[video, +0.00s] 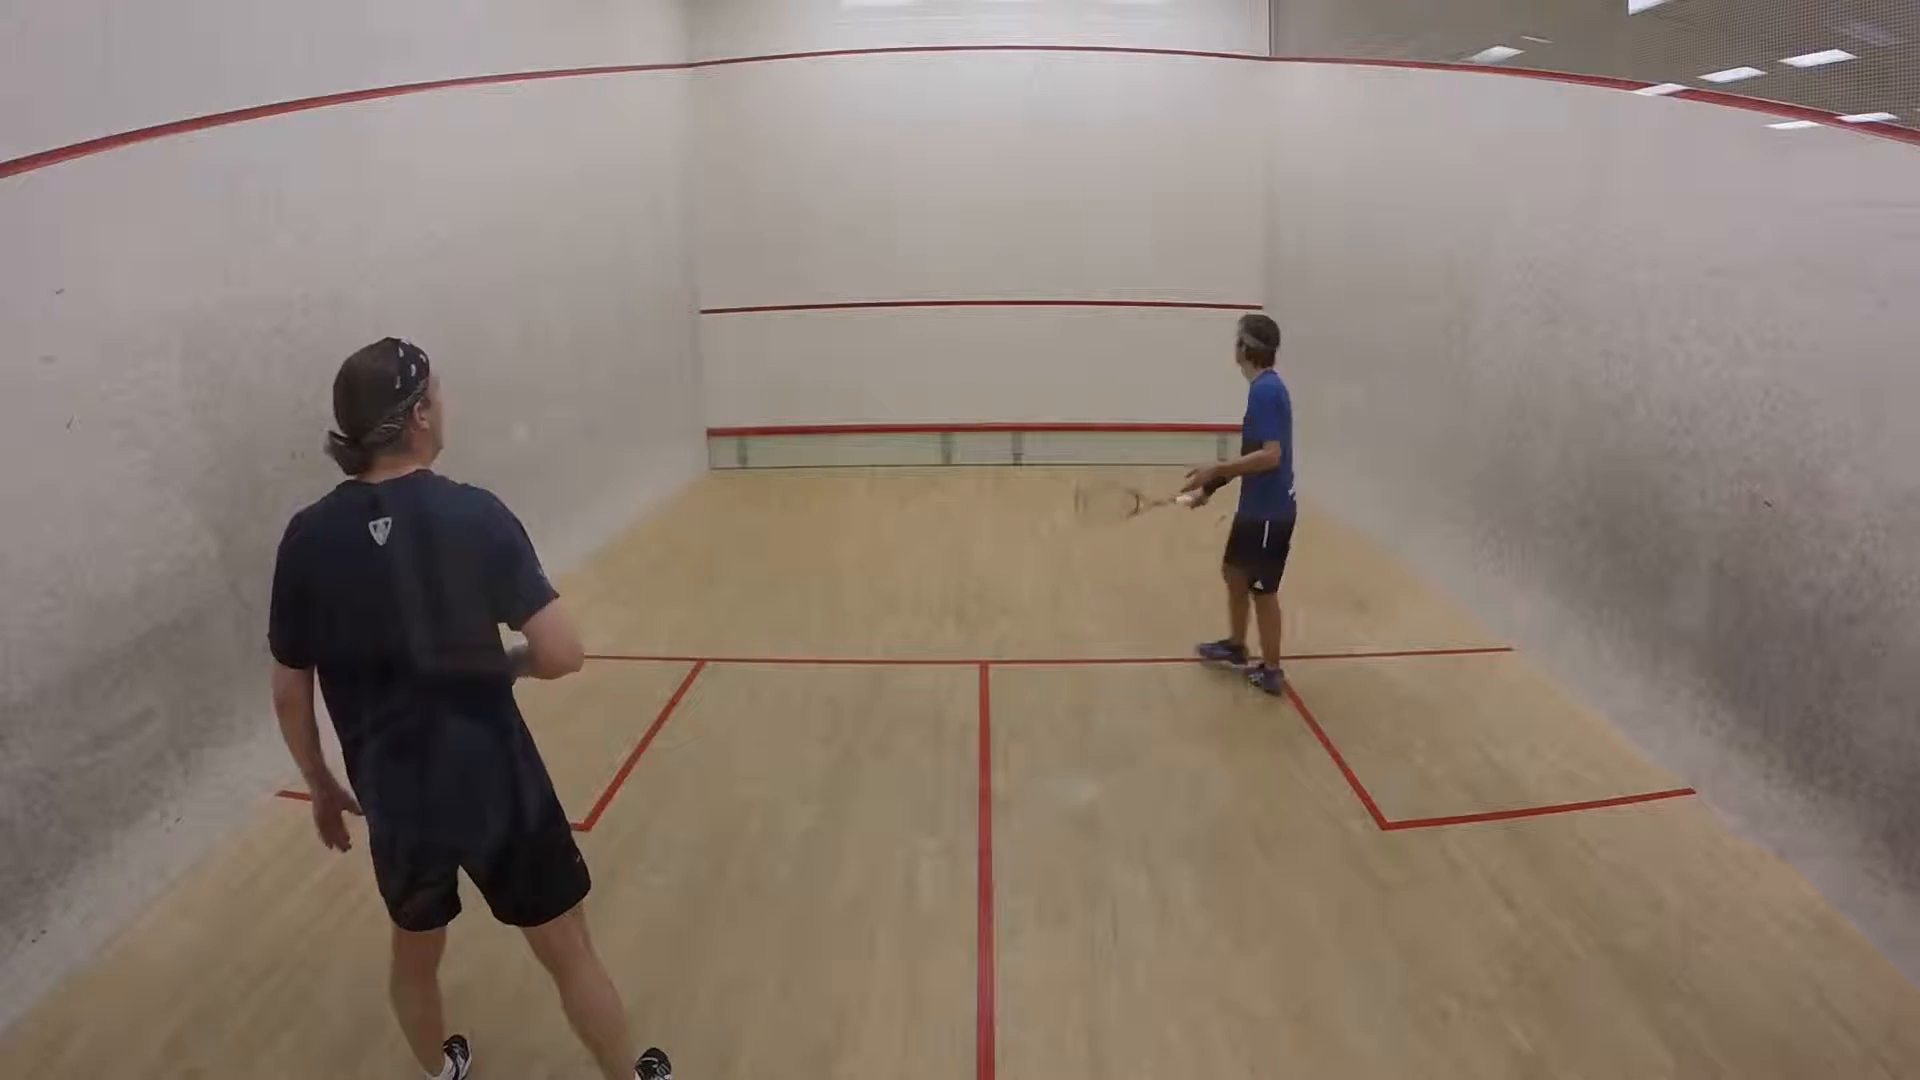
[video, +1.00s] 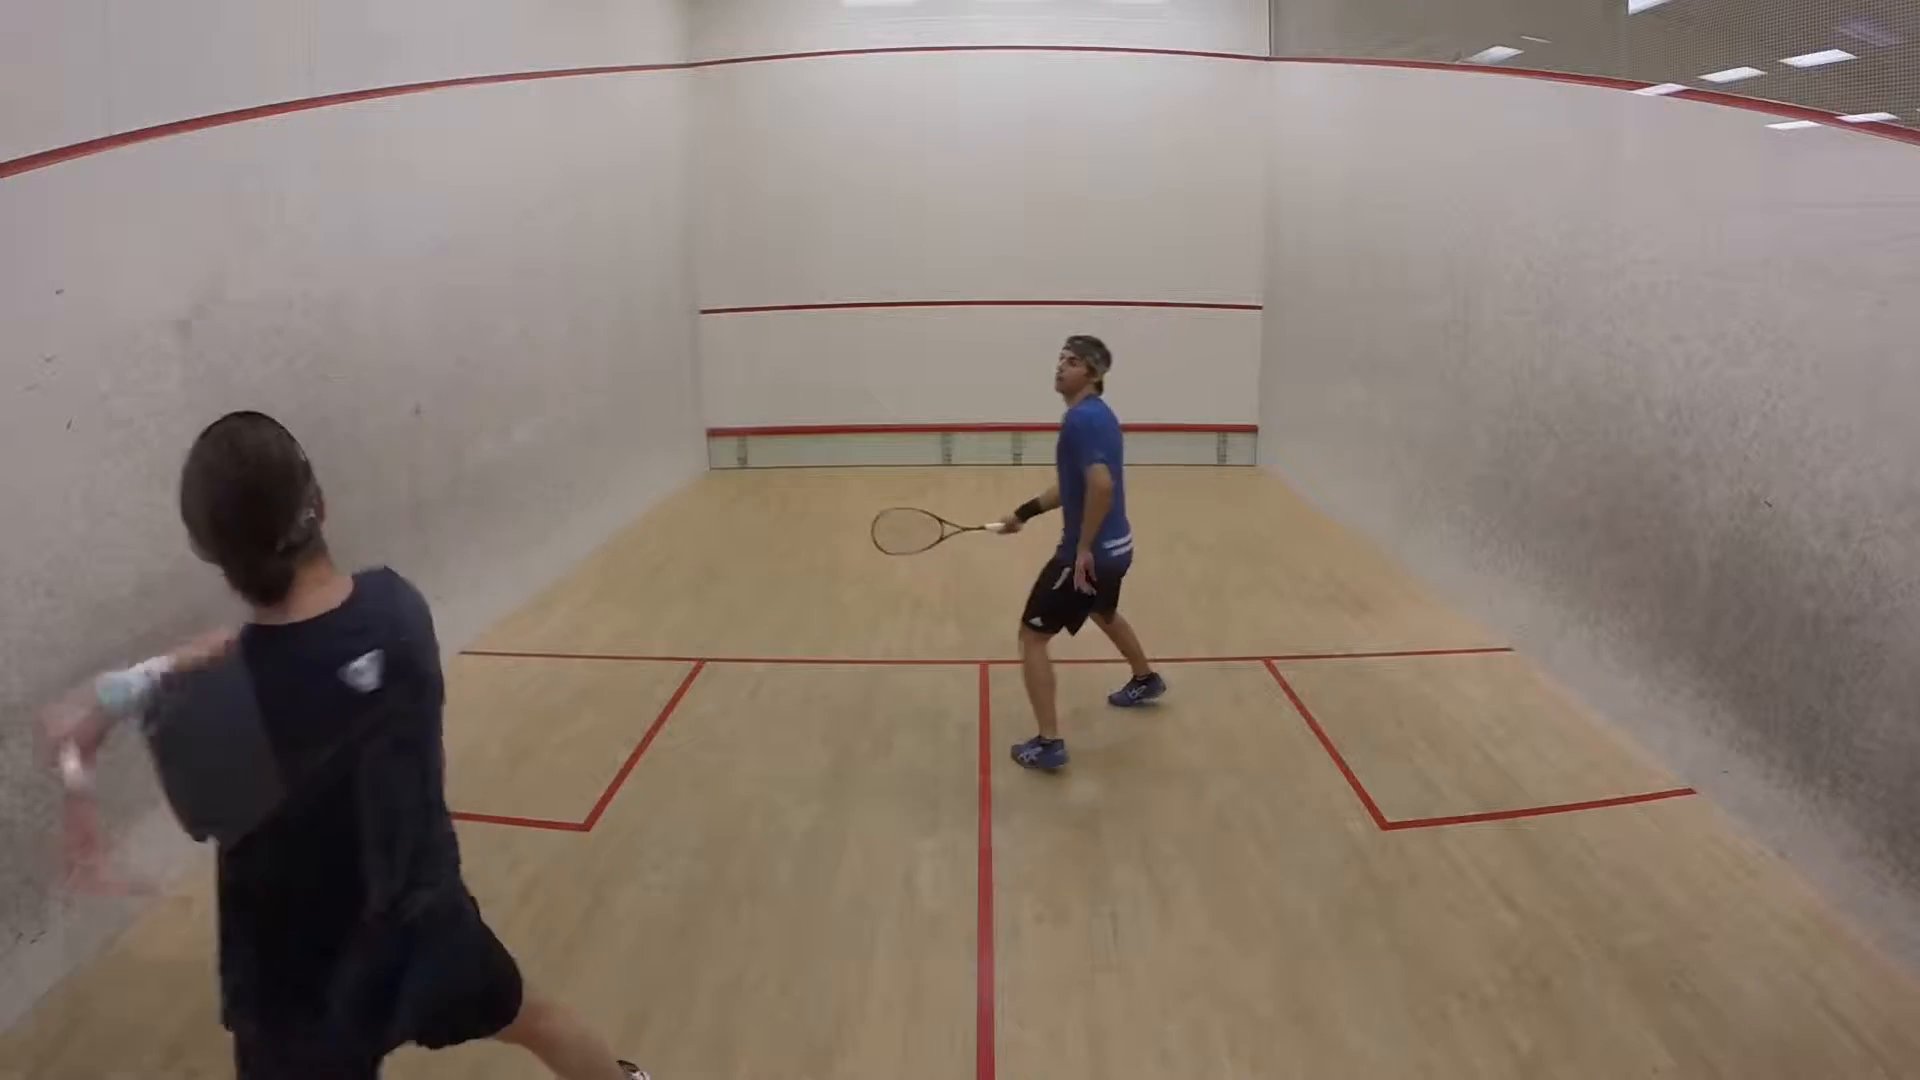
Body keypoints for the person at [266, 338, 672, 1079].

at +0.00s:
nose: (443, 408)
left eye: (436, 395)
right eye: (437, 398)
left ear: (351, 427)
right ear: (419, 419)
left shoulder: (308, 537)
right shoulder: (473, 513)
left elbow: (290, 691)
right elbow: (562, 654)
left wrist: (322, 785)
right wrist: (506, 659)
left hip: (393, 791)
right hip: (496, 776)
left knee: (415, 950)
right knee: (568, 951)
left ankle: (438, 1068)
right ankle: (630, 1072)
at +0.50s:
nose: (453, 440)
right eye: (448, 430)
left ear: (356, 477)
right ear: (444, 452)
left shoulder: (346, 602)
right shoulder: (505, 531)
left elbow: (280, 756)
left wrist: (238, 847)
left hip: (424, 858)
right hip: (531, 825)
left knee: (394, 1003)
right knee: (580, 953)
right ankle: (641, 1070)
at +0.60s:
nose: (445, 434)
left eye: (436, 421)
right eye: (439, 427)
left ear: (347, 487)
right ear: (437, 453)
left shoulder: (353, 621)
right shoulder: (487, 528)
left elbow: (260, 730)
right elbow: (411, 591)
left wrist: (199, 771)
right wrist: (315, 593)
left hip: (421, 863)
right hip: (520, 830)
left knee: (364, 1017)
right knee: (564, 953)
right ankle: (637, 1069)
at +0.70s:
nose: (427, 448)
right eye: (419, 439)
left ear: (325, 498)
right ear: (416, 465)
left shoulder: (355, 637)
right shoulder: (456, 530)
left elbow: (251, 707)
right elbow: (352, 578)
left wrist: (188, 699)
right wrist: (266, 583)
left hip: (405, 879)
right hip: (499, 836)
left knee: (343, 1057)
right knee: (553, 966)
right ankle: (634, 1069)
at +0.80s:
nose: (386, 463)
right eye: (382, 458)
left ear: (280, 518)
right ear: (380, 483)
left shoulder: (333, 660)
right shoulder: (422, 557)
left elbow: (213, 717)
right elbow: (301, 595)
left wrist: (185, 648)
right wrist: (229, 611)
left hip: (377, 903)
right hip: (466, 856)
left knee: (339, 1061)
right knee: (533, 983)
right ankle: (634, 1072)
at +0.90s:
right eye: (345, 476)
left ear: (245, 561)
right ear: (345, 506)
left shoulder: (290, 701)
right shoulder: (391, 587)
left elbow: (257, 800)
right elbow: (266, 631)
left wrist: (196, 740)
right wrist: (180, 666)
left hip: (342, 931)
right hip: (435, 882)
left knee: (323, 1055)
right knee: (520, 1006)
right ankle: (617, 1070)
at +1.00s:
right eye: (314, 484)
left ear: (208, 551)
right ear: (317, 505)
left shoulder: (220, 695)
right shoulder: (398, 605)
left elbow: (204, 822)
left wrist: (177, 709)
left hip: (299, 960)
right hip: (420, 919)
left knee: (284, 1064)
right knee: (533, 1020)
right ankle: (618, 1072)